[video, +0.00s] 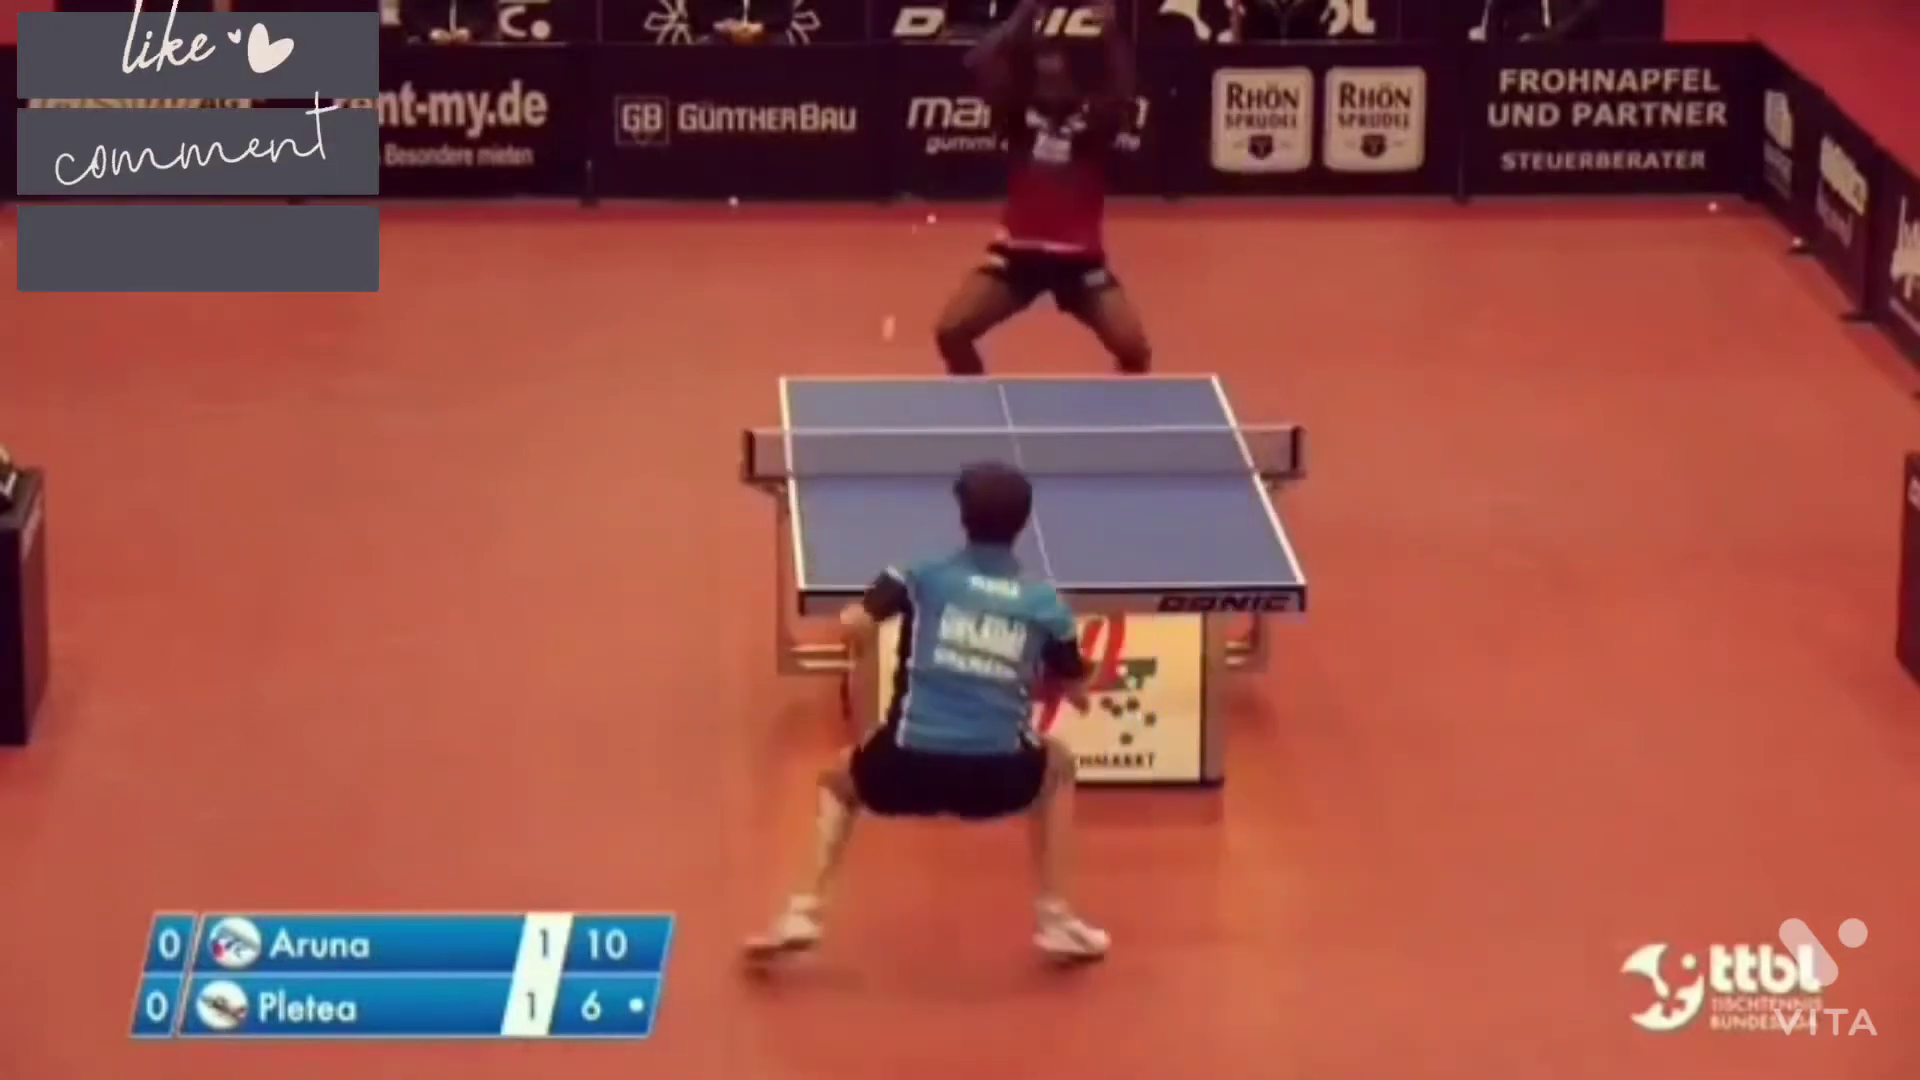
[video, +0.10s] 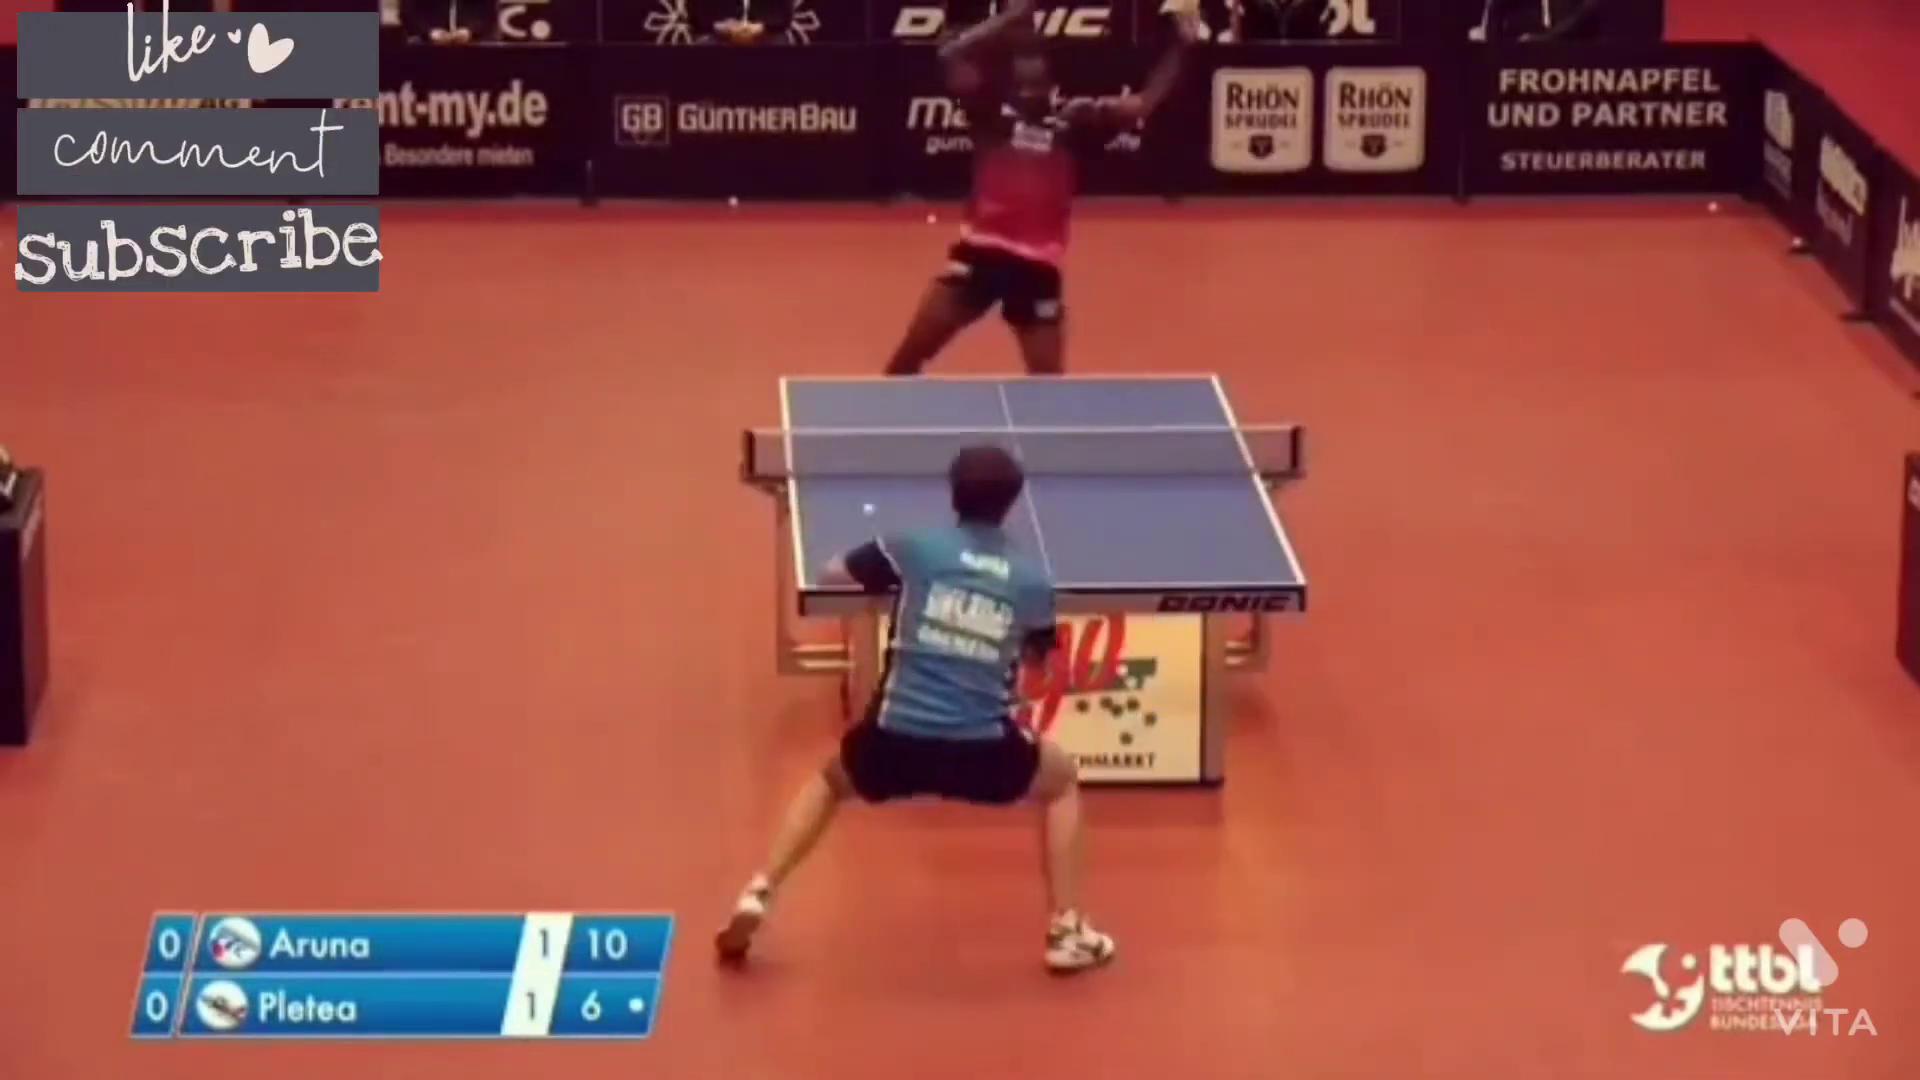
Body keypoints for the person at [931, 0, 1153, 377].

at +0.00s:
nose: (1051, 80)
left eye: (1057, 72)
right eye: (1043, 72)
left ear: (1071, 76)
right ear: (1031, 75)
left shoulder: (1093, 121)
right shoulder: (1017, 118)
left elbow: (1122, 93)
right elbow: (979, 62)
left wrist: (1112, 33)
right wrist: (1025, 13)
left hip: (1080, 263)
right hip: (1017, 258)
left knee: (1135, 350)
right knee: (950, 334)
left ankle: (1134, 423)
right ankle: (984, 418)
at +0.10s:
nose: (1030, 92)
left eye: (1037, 83)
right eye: (1022, 83)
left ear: (1051, 81)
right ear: (1008, 82)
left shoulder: (1070, 119)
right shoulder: (992, 114)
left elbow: (1141, 105)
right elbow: (952, 56)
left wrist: (1181, 45)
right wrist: (1009, 19)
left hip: (1038, 268)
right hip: (981, 257)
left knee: (1049, 382)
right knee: (910, 353)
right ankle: (869, 430)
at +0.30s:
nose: (1020, 92)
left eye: (1028, 84)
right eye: (1012, 84)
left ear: (1043, 86)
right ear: (998, 85)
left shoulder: (1065, 133)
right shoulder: (973, 125)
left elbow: (1104, 199)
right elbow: (917, 151)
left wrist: (1153, 260)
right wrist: (914, 95)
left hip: (1041, 268)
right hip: (974, 261)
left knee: (1061, 369)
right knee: (912, 343)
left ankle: (1062, 455)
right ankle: (865, 403)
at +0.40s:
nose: (1025, 89)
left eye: (1034, 79)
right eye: (1017, 80)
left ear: (1048, 82)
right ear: (1004, 83)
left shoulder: (1071, 130)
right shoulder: (978, 123)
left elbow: (1097, 200)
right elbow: (939, 162)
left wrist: (1136, 264)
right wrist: (922, 137)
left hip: (1056, 258)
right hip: (988, 255)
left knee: (1086, 354)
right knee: (928, 336)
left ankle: (1082, 438)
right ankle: (883, 406)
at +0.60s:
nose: (1052, 120)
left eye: (1058, 110)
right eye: (1044, 112)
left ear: (1073, 107)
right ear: (1035, 112)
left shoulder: (1108, 139)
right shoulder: (1025, 148)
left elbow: (1141, 187)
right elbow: (1014, 201)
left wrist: (1142, 238)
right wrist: (1004, 237)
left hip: (1113, 251)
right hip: (1049, 254)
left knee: (1172, 342)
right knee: (985, 331)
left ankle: (1179, 411)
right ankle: (956, 394)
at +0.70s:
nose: (1052, 124)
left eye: (1059, 114)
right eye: (1047, 117)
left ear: (1078, 109)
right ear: (1044, 121)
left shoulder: (1114, 138)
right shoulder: (1060, 156)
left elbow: (1166, 185)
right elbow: (1069, 217)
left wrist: (1158, 254)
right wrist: (1036, 266)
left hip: (1168, 243)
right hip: (1108, 249)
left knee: (1225, 323)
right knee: (1040, 321)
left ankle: (1258, 382)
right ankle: (1005, 393)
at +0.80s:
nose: (1065, 143)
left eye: (1072, 133)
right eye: (1062, 136)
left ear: (1095, 127)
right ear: (1067, 136)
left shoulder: (1125, 156)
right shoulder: (1092, 167)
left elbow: (1176, 202)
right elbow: (1120, 221)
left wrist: (1167, 261)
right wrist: (1099, 266)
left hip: (1195, 259)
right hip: (1137, 261)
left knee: (1253, 353)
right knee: (1068, 314)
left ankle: (1349, 398)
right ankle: (1047, 401)